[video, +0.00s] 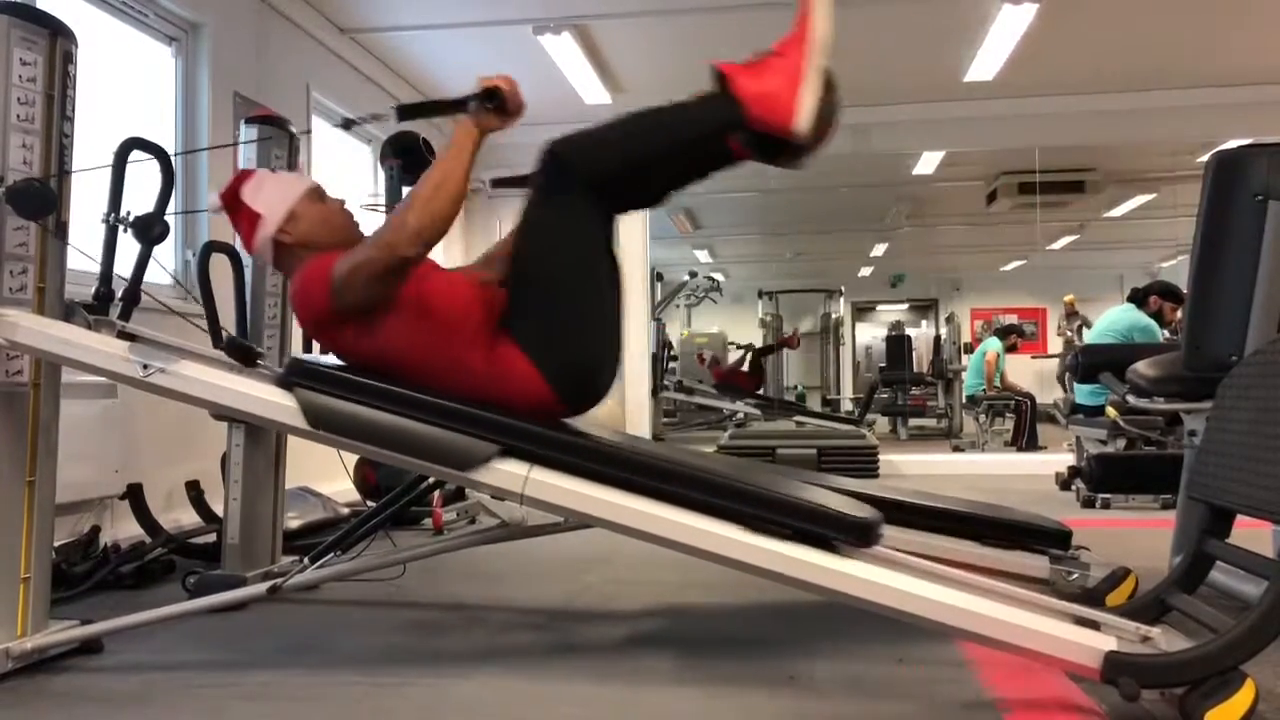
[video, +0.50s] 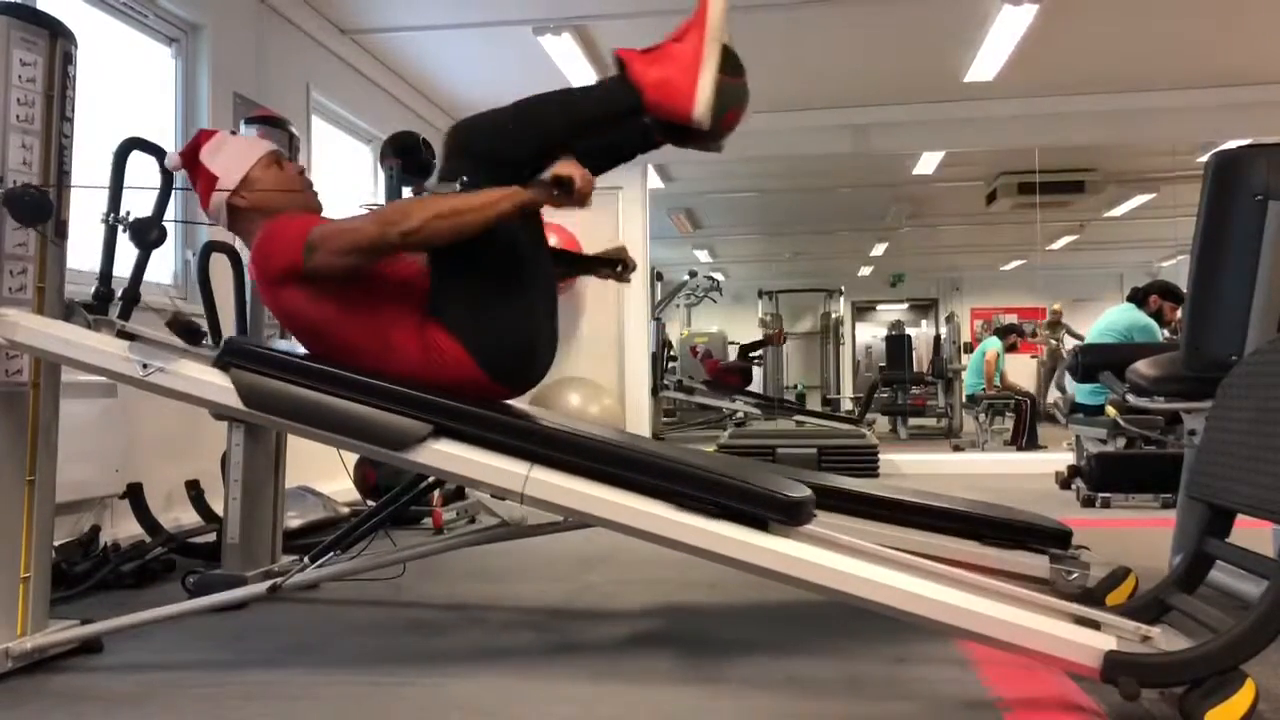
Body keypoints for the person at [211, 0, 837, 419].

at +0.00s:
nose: (333, 201)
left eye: (321, 192)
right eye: (314, 197)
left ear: (298, 226)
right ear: (287, 230)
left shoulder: (357, 280)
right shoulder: (320, 288)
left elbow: (481, 282)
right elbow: (408, 236)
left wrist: (552, 213)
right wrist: (474, 126)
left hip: (545, 351)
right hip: (547, 367)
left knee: (576, 174)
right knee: (569, 163)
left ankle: (755, 129)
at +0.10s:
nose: (311, 188)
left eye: (297, 177)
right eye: (290, 184)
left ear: (269, 215)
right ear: (258, 221)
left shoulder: (320, 268)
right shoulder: (292, 269)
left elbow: (410, 231)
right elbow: (395, 234)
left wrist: (504, 146)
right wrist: (501, 147)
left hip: (518, 347)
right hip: (512, 355)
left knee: (528, 179)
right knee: (517, 172)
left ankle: (694, 123)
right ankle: (683, 86)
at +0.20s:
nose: (297, 176)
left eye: (286, 166)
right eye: (276, 172)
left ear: (244, 207)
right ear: (240, 206)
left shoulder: (292, 262)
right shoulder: (279, 252)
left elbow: (421, 236)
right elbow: (406, 224)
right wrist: (529, 180)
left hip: (497, 343)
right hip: (494, 345)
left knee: (477, 167)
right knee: (467, 147)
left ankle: (659, 120)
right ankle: (640, 83)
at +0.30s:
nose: (294, 167)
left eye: (282, 156)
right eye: (273, 159)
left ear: (236, 196)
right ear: (235, 191)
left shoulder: (282, 255)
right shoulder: (272, 240)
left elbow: (418, 248)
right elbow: (398, 229)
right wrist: (537, 201)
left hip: (485, 342)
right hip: (478, 341)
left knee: (451, 163)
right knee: (444, 147)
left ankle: (642, 115)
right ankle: (624, 77)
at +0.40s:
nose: (294, 163)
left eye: (283, 154)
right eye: (273, 158)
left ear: (241, 193)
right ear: (237, 190)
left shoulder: (285, 247)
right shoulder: (273, 240)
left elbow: (422, 245)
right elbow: (401, 230)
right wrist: (537, 208)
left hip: (483, 341)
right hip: (479, 344)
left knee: (450, 160)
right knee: (445, 149)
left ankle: (652, 116)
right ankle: (628, 78)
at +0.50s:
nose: (301, 167)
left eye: (289, 156)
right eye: (280, 160)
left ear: (249, 196)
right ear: (242, 193)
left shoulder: (297, 255)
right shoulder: (279, 244)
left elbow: (433, 263)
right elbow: (397, 228)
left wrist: (576, 264)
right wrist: (533, 196)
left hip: (498, 343)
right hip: (490, 345)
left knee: (483, 165)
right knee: (471, 147)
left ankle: (673, 120)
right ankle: (651, 83)